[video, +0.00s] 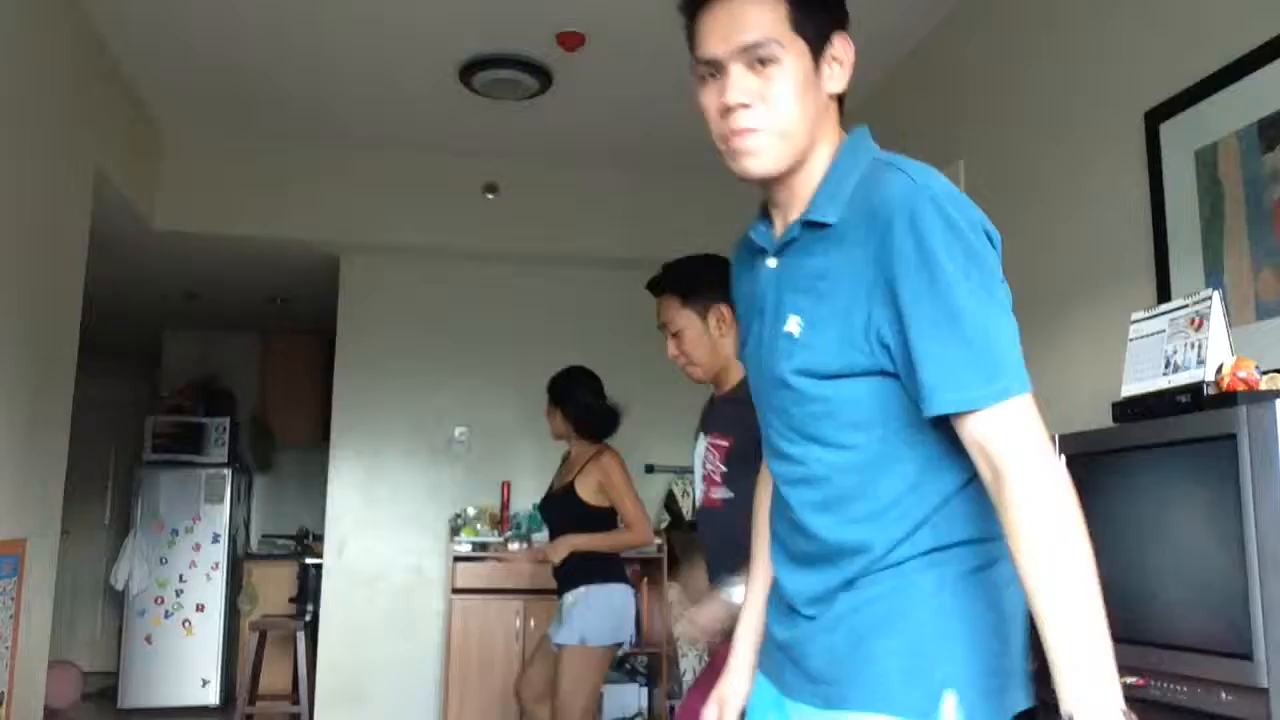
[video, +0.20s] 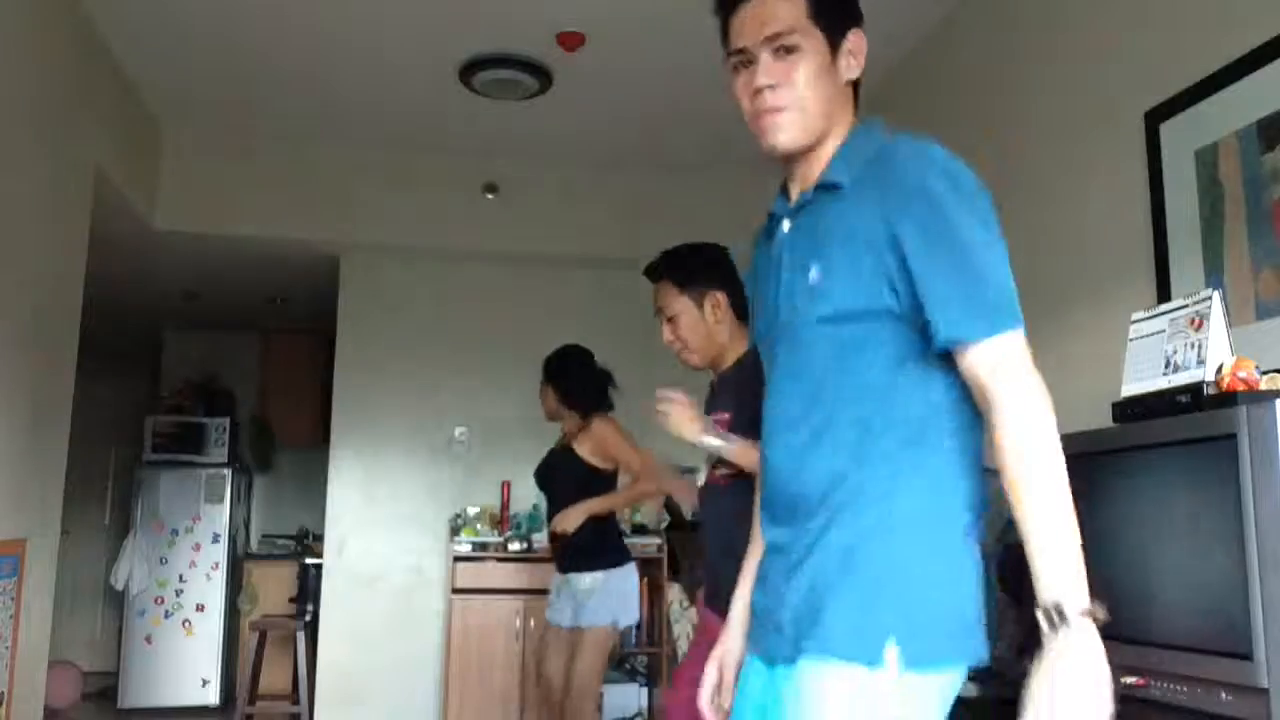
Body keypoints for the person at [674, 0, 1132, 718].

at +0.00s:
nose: (731, 96)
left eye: (762, 60)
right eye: (710, 72)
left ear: (835, 63)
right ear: (696, 90)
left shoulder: (913, 210)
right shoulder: (755, 254)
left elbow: (1019, 459)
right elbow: (782, 466)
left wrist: (1096, 702)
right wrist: (743, 663)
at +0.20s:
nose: (760, 78)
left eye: (785, 49)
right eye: (742, 62)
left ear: (850, 56)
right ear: (729, 82)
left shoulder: (916, 179)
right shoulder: (773, 240)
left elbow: (1012, 393)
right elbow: (783, 448)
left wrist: (1068, 621)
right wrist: (742, 618)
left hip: (887, 629)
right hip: (779, 629)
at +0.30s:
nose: (760, 76)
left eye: (785, 48)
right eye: (746, 61)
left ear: (850, 52)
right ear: (734, 80)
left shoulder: (908, 160)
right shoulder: (772, 236)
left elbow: (1008, 364)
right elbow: (786, 429)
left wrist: (1039, 587)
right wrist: (744, 591)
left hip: (879, 612)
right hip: (786, 609)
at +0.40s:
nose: (743, 104)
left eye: (764, 74)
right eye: (736, 87)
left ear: (838, 71)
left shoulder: (901, 169)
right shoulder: (780, 247)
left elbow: (997, 367)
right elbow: (789, 434)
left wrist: (997, 586)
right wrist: (739, 592)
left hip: (878, 612)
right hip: (789, 612)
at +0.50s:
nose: (736, 115)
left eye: (756, 87)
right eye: (733, 96)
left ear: (830, 77)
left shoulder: (891, 176)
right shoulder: (792, 241)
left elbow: (986, 368)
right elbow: (790, 459)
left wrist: (949, 588)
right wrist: (727, 614)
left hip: (863, 617)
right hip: (797, 614)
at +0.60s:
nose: (737, 101)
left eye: (754, 73)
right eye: (736, 82)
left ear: (827, 63)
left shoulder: (881, 160)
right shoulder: (796, 213)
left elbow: (977, 336)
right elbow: (810, 432)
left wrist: (881, 536)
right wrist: (741, 578)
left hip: (879, 619)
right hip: (804, 613)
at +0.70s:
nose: (738, 104)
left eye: (755, 75)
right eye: (739, 85)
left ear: (827, 66)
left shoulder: (874, 158)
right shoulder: (801, 204)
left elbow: (954, 327)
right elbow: (816, 414)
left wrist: (808, 511)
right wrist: (748, 574)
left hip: (869, 607)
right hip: (816, 604)